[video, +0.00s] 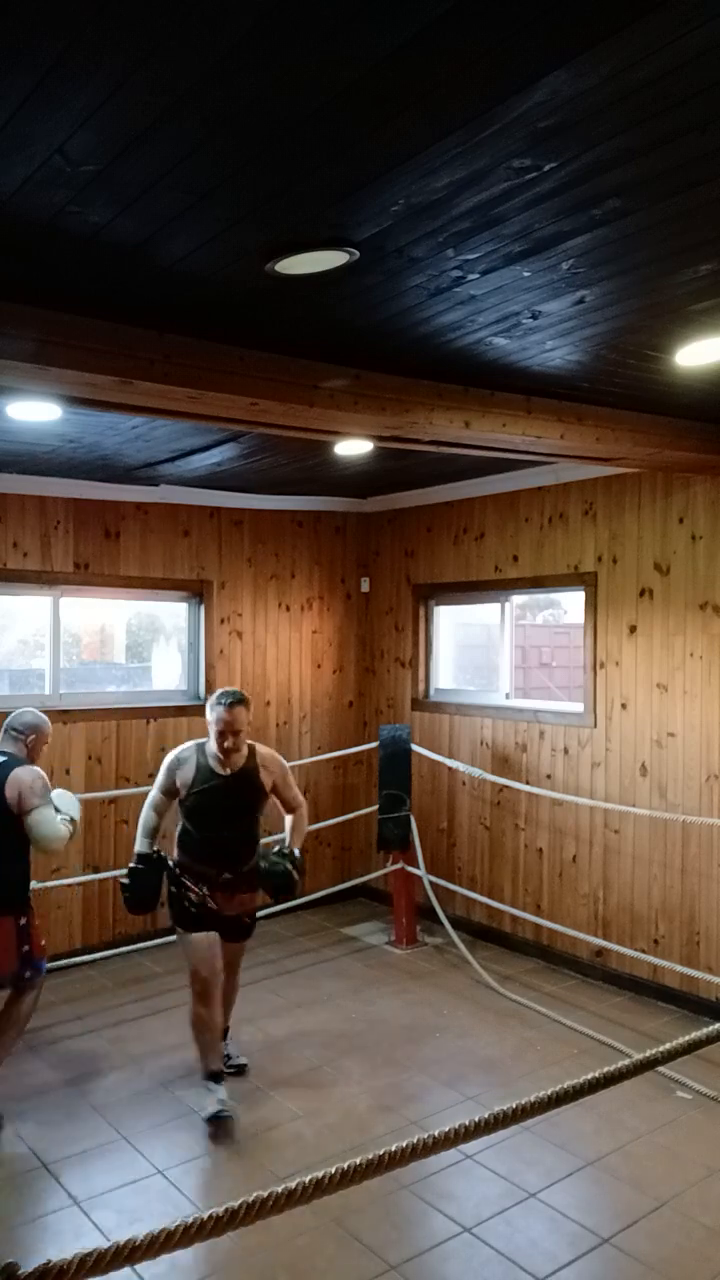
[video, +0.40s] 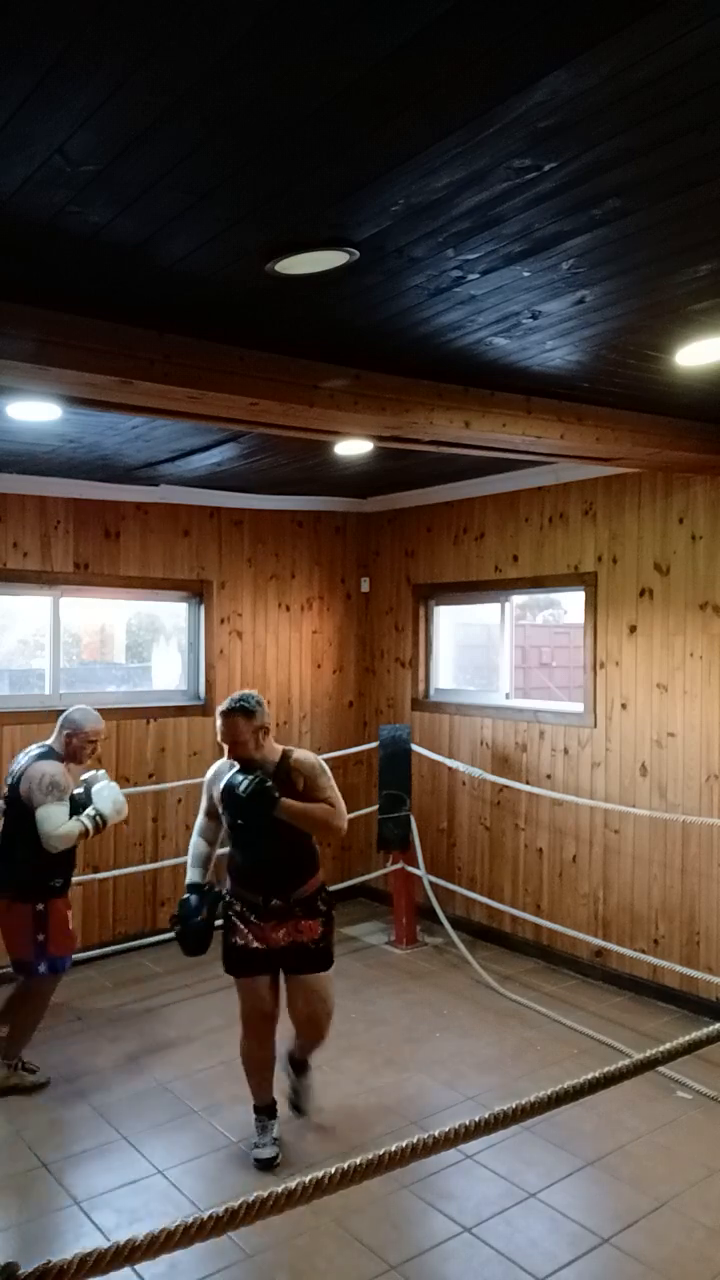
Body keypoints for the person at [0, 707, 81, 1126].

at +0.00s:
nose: (45, 750)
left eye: (45, 743)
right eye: (44, 743)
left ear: (10, 734)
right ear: (31, 740)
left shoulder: (8, 769)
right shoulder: (26, 775)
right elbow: (51, 837)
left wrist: (50, 808)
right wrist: (66, 813)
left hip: (9, 900)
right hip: (9, 902)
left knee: (22, 979)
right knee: (29, 980)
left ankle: (6, 1051)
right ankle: (3, 1054)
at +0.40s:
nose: (95, 750)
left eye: (98, 743)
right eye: (91, 742)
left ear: (68, 736)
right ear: (69, 736)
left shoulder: (36, 757)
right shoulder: (49, 771)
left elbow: (44, 822)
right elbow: (56, 838)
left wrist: (80, 798)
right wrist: (98, 813)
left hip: (21, 888)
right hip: (33, 894)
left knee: (35, 975)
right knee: (45, 978)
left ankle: (7, 1048)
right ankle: (9, 1063)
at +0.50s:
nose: (107, 743)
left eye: (110, 736)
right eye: (103, 736)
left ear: (92, 730)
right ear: (81, 729)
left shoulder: (76, 756)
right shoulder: (56, 760)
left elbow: (73, 806)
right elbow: (58, 826)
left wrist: (101, 794)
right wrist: (102, 806)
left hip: (65, 880)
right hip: (39, 885)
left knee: (78, 941)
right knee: (44, 970)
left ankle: (50, 1032)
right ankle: (9, 1060)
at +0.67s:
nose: (124, 744)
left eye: (128, 738)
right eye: (119, 737)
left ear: (126, 736)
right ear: (99, 732)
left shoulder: (109, 762)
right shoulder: (70, 762)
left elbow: (101, 806)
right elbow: (53, 818)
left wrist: (130, 795)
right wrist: (106, 811)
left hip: (93, 880)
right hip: (65, 884)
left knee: (104, 948)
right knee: (84, 963)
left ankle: (80, 1032)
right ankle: (23, 1046)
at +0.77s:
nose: (133, 745)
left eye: (138, 738)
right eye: (128, 737)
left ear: (139, 735)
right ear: (107, 729)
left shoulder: (126, 758)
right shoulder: (78, 759)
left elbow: (126, 804)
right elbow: (46, 812)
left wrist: (148, 796)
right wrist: (96, 812)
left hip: (107, 875)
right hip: (77, 877)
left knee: (109, 958)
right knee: (107, 961)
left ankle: (80, 1032)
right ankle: (51, 1039)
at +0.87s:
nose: (142, 739)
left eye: (146, 731)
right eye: (135, 731)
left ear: (148, 728)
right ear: (115, 723)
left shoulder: (139, 755)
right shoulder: (85, 754)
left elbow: (150, 805)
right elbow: (49, 806)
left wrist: (159, 791)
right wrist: (94, 807)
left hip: (120, 867)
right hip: (92, 868)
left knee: (105, 953)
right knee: (120, 954)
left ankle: (84, 1030)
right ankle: (85, 1039)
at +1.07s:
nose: (157, 741)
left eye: (161, 733)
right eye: (149, 734)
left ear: (165, 730)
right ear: (130, 730)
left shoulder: (162, 754)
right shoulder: (103, 761)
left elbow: (183, 788)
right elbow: (77, 819)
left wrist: (181, 782)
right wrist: (119, 809)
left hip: (148, 871)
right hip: (115, 875)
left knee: (135, 953)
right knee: (135, 956)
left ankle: (91, 1019)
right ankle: (129, 1049)